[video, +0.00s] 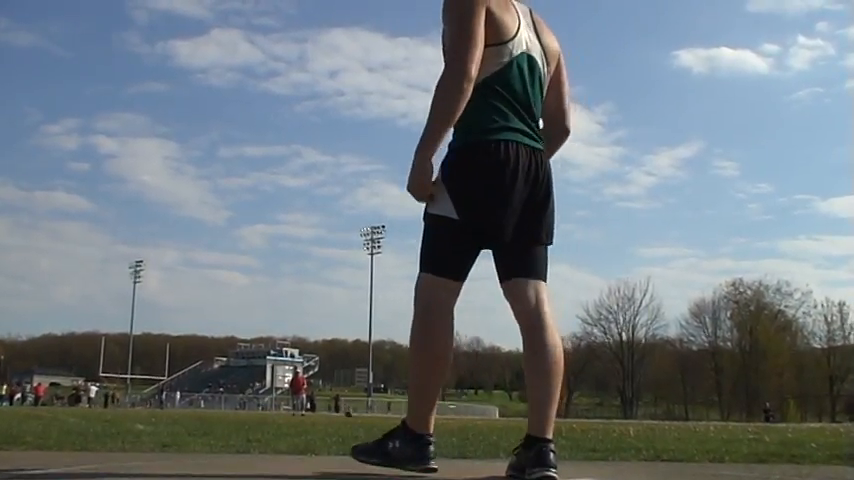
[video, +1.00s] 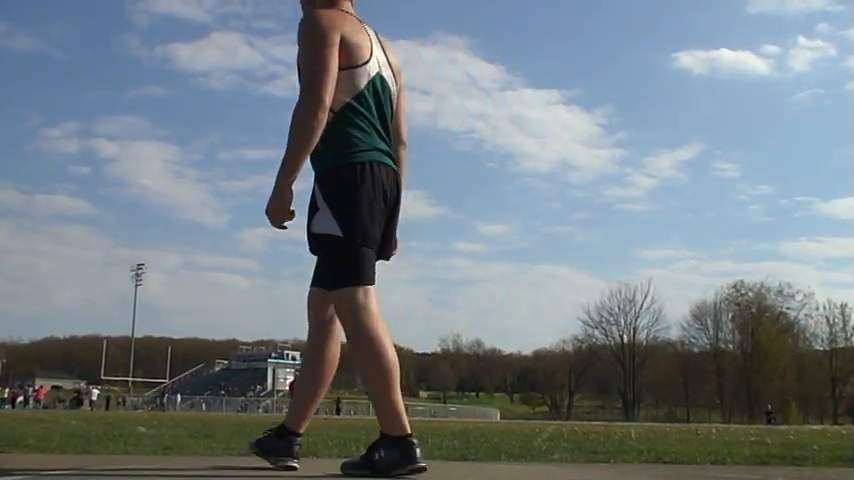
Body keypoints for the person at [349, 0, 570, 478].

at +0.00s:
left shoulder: (471, 4)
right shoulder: (546, 33)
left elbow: (461, 75)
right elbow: (559, 125)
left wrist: (422, 157)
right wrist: (519, 167)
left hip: (476, 164)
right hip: (532, 174)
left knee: (434, 297)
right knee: (534, 307)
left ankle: (414, 436)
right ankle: (540, 447)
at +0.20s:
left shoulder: (441, 6)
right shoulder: (512, 36)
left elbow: (431, 86)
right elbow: (518, 132)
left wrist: (392, 165)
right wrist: (474, 166)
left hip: (443, 172)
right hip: (499, 178)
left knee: (408, 306)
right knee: (508, 307)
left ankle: (398, 441)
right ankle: (537, 446)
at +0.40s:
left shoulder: (405, 6)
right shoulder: (477, 36)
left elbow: (394, 83)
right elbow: (480, 131)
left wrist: (359, 164)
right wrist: (435, 162)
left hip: (409, 167)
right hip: (462, 173)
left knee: (393, 310)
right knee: (449, 304)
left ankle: (399, 443)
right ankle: (518, 419)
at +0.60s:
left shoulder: (376, 6)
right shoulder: (446, 34)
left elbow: (362, 88)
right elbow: (453, 126)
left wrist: (325, 168)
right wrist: (413, 163)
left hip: (393, 165)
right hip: (437, 169)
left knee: (383, 306)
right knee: (400, 303)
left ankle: (398, 443)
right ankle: (443, 425)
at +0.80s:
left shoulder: (349, 11)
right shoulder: (417, 39)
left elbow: (339, 99)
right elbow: (428, 129)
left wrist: (304, 174)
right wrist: (411, 184)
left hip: (375, 170)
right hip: (412, 173)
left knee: (374, 301)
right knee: (353, 299)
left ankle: (399, 444)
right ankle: (337, 434)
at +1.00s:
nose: (301, 5)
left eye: (303, 4)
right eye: (303, 4)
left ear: (313, 0)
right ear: (349, 1)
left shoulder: (322, 20)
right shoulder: (386, 46)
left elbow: (316, 104)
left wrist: (282, 186)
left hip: (347, 178)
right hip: (381, 182)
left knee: (357, 309)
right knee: (323, 308)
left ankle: (398, 441)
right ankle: (288, 436)